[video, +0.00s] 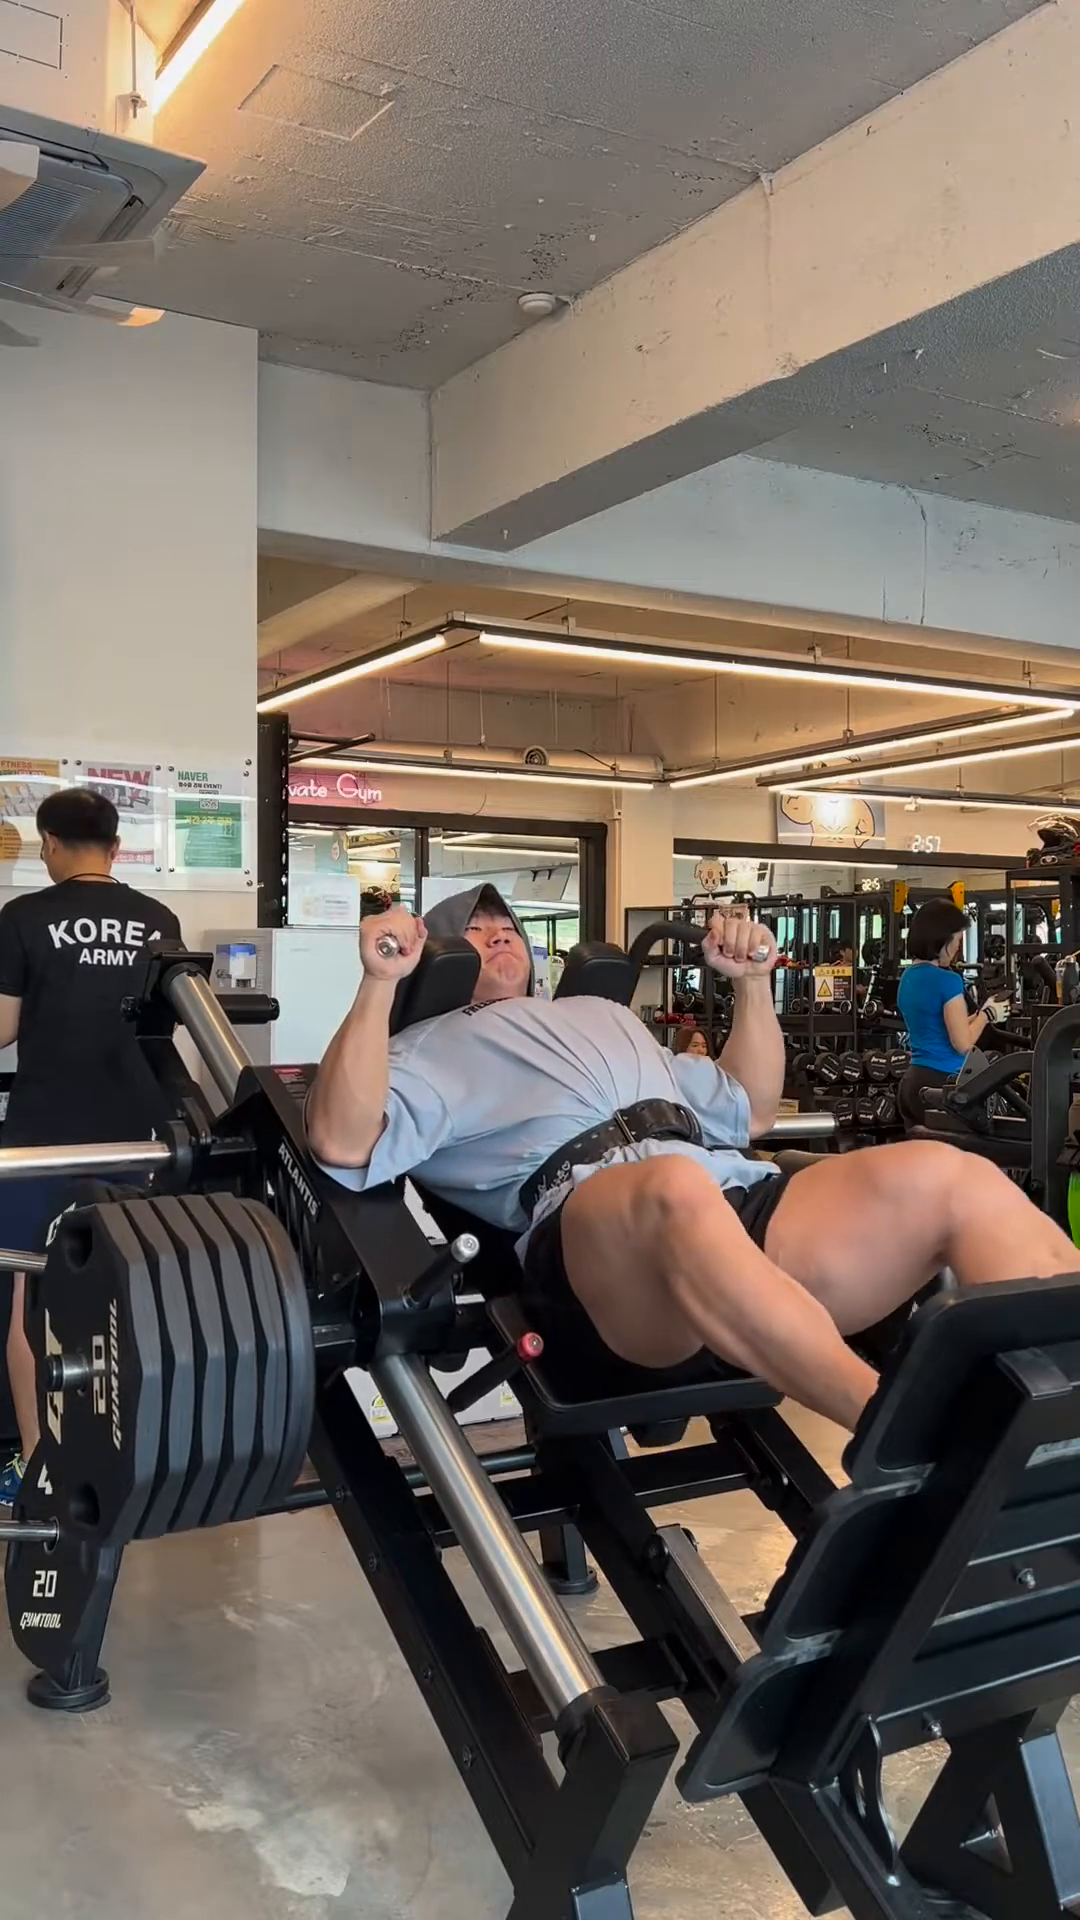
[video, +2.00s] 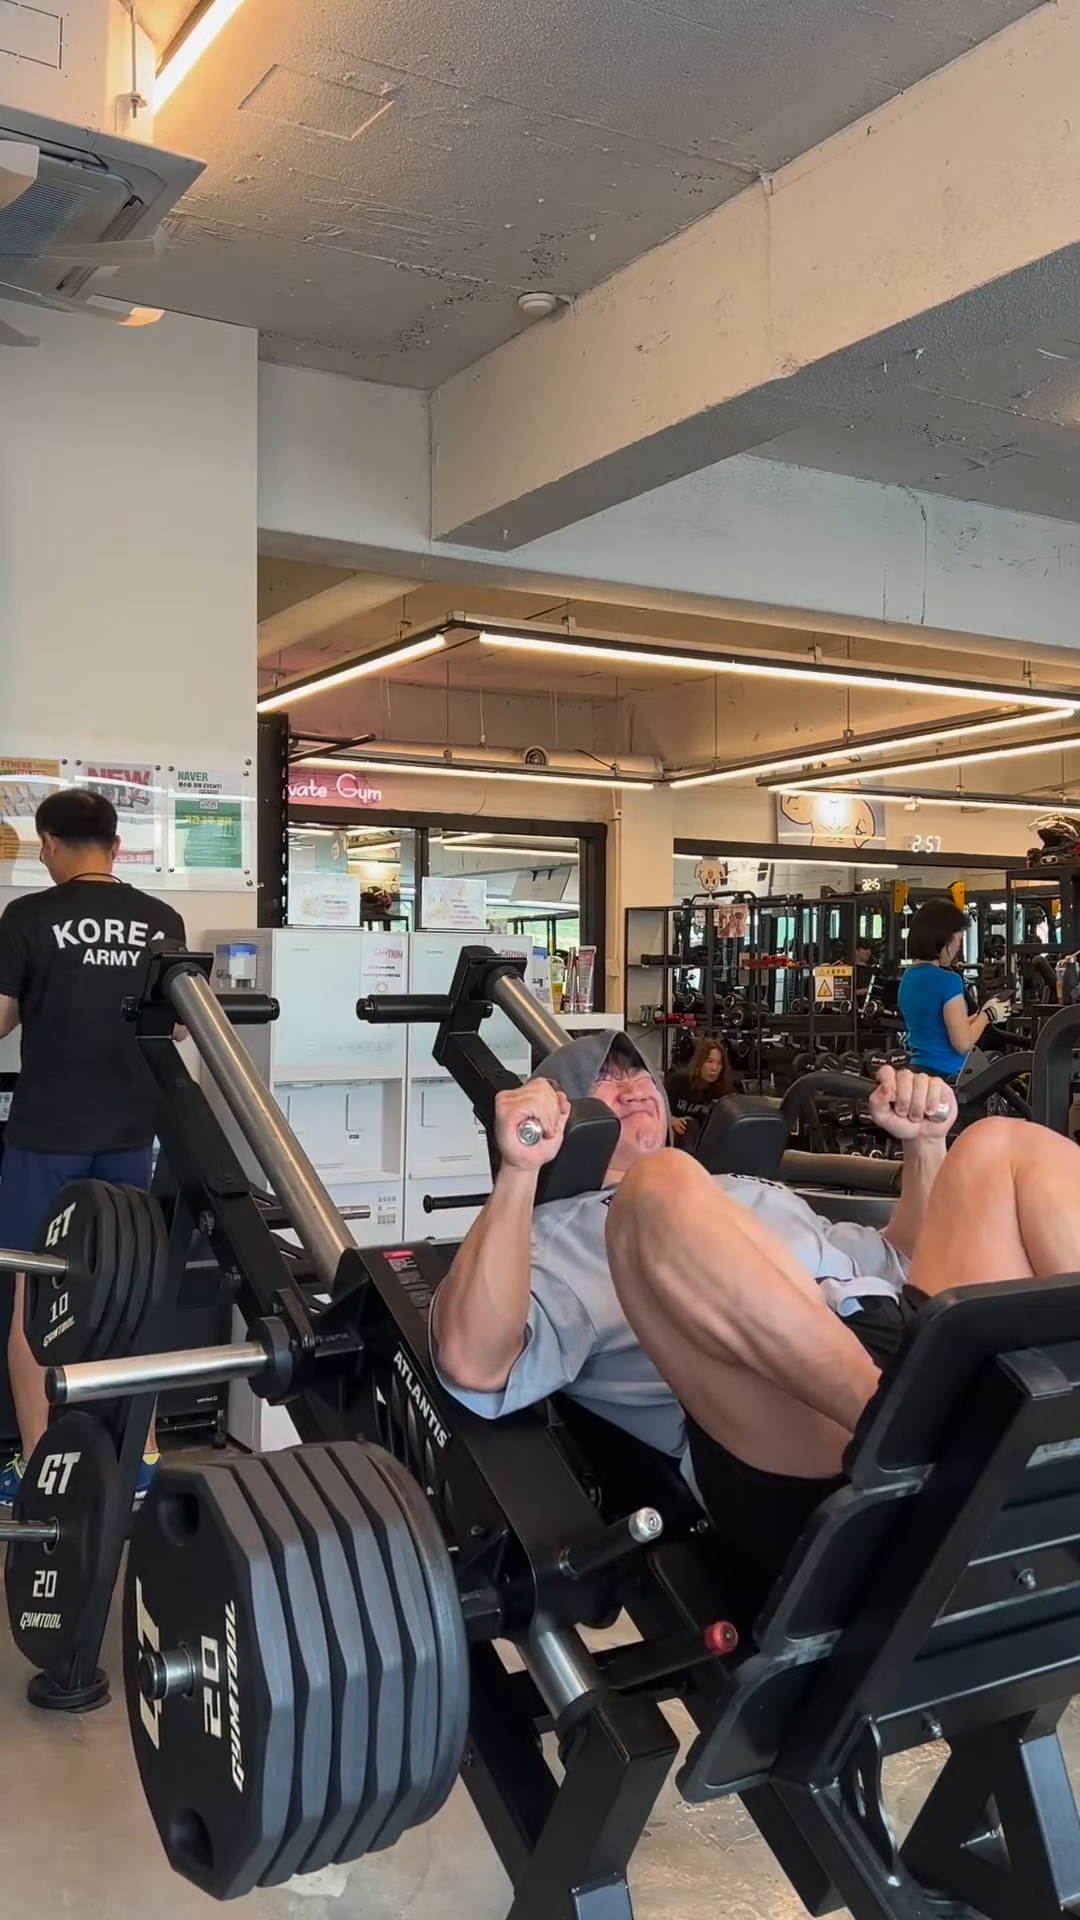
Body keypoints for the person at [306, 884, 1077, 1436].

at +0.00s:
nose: (498, 938)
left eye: (507, 928)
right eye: (474, 935)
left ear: (530, 951)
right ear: (443, 974)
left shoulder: (606, 1021)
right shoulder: (433, 1053)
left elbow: (750, 1107)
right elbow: (342, 1142)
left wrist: (750, 982)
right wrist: (377, 987)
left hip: (745, 1217)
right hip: (590, 1266)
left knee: (950, 1177)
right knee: (672, 1190)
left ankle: (1076, 1383)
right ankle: (898, 1428)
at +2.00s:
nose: (632, 1088)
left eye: (638, 1074)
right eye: (602, 1081)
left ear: (662, 1102)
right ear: (562, 1120)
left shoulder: (757, 1195)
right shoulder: (552, 1240)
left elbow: (901, 1261)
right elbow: (473, 1365)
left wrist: (922, 1151)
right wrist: (517, 1177)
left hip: (933, 1388)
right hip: (785, 1474)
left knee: (1005, 1146)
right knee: (658, 1187)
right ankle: (899, 1425)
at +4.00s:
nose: (516, 958)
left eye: (526, 948)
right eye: (493, 951)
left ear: (552, 974)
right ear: (460, 992)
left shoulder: (624, 1057)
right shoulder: (442, 1078)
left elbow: (774, 1135)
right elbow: (358, 1170)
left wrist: (774, 1009)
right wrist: (399, 1011)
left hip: (776, 1253)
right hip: (623, 1308)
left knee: (976, 1149)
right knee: (667, 1166)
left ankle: (1072, 1382)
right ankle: (896, 1424)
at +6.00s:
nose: (470, 898)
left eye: (480, 893)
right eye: (449, 893)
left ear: (506, 923)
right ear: (418, 932)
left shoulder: (578, 990)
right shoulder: (406, 1017)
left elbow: (716, 1076)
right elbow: (317, 1103)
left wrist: (720, 956)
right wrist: (352, 953)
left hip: (701, 1158)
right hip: (566, 1174)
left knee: (863, 1219)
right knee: (698, 1264)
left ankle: (1057, 1348)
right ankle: (896, 1436)